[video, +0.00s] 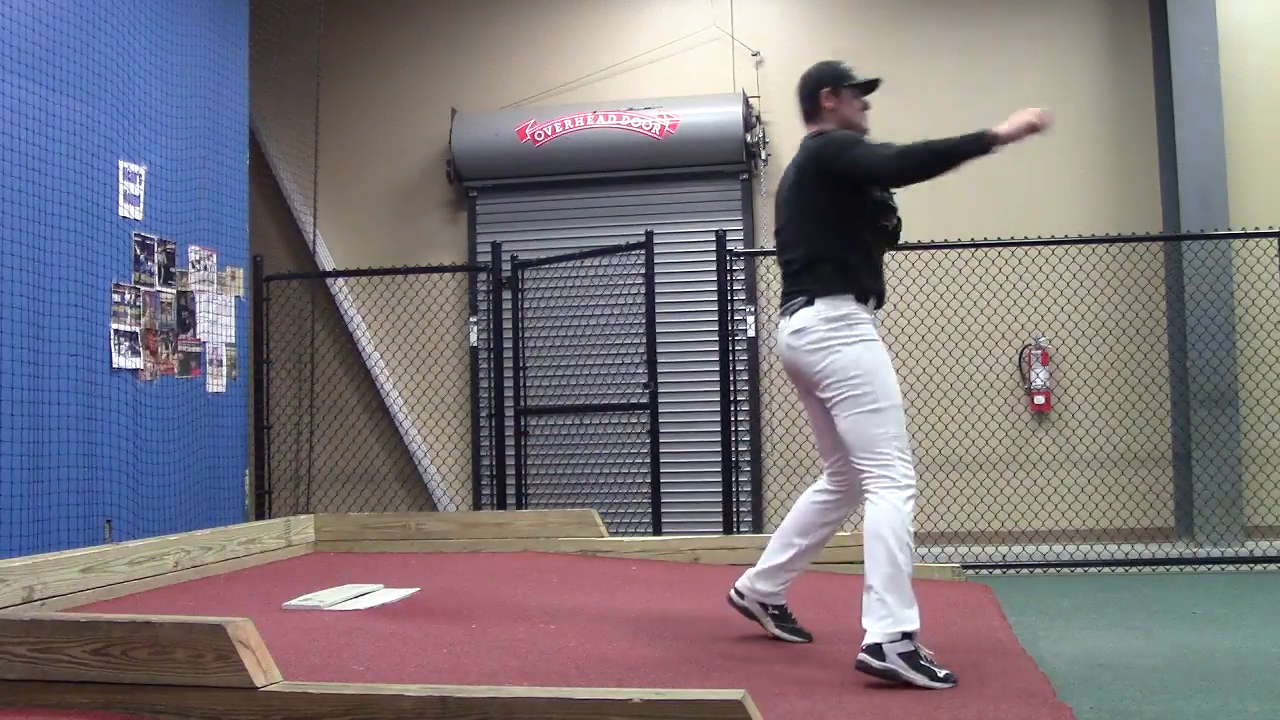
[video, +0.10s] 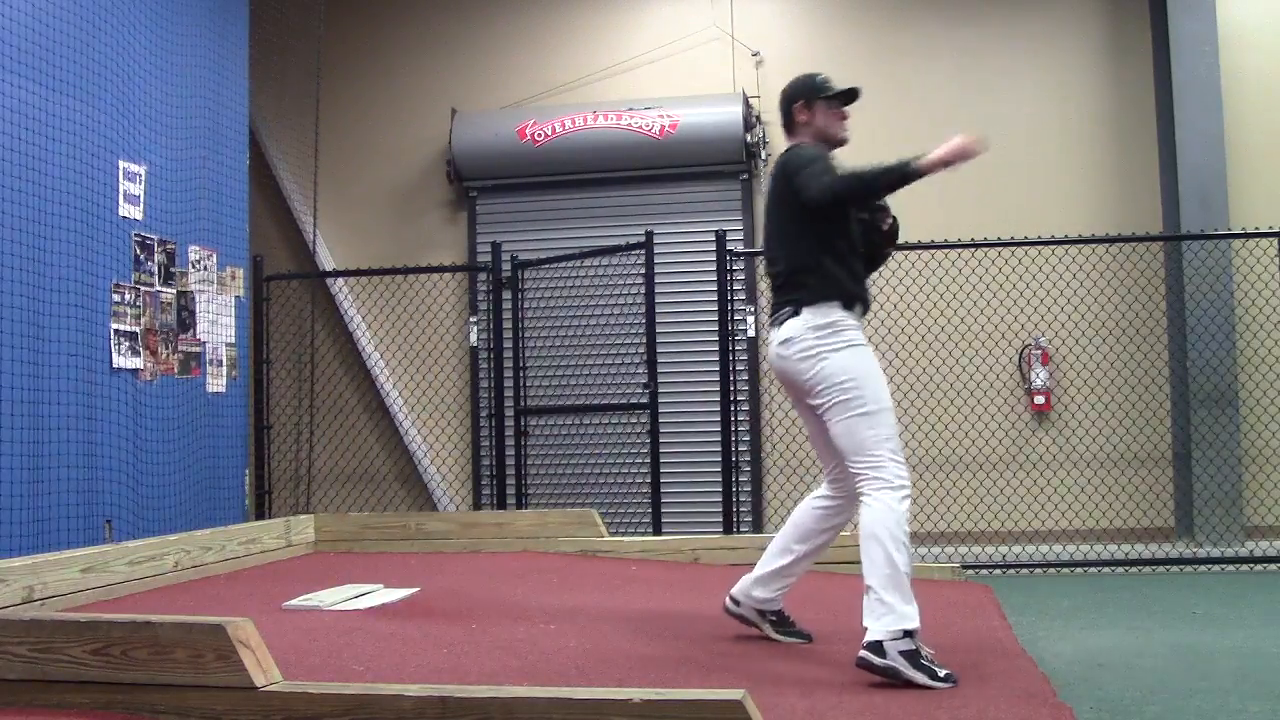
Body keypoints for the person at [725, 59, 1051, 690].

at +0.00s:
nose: (867, 102)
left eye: (865, 94)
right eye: (857, 94)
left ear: (824, 102)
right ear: (826, 100)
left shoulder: (804, 167)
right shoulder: (831, 148)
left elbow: (876, 237)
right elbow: (900, 161)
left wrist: (874, 214)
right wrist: (993, 136)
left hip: (803, 328)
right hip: (837, 325)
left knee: (843, 479)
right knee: (891, 480)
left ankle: (761, 587)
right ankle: (888, 639)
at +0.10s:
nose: (844, 116)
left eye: (844, 108)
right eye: (834, 107)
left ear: (806, 116)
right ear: (801, 113)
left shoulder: (799, 172)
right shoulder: (804, 157)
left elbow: (833, 266)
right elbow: (829, 190)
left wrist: (876, 241)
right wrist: (925, 163)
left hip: (791, 338)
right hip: (824, 332)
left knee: (844, 484)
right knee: (884, 481)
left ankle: (756, 594)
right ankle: (891, 637)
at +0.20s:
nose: (820, 121)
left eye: (823, 112)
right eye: (807, 112)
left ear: (819, 121)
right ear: (778, 122)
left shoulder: (798, 186)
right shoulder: (777, 167)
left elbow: (821, 288)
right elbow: (769, 229)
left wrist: (871, 255)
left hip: (784, 335)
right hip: (797, 328)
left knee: (824, 483)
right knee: (855, 468)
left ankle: (749, 603)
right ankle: (887, 624)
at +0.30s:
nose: (798, 116)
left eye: (802, 108)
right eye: (785, 108)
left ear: (806, 118)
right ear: (760, 117)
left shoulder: (804, 193)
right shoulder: (748, 165)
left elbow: (818, 282)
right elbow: (711, 240)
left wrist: (862, 260)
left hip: (794, 320)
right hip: (765, 317)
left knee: (807, 469)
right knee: (819, 455)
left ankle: (746, 606)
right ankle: (848, 617)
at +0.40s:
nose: (772, 108)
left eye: (780, 99)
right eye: (761, 100)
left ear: (789, 107)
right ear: (742, 108)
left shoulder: (805, 185)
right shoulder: (725, 159)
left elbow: (805, 268)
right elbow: (677, 234)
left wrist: (835, 250)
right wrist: (719, 262)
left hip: (786, 318)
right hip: (741, 309)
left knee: (790, 453)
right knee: (791, 444)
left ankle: (750, 602)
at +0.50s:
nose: (751, 105)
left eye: (758, 96)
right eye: (740, 98)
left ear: (772, 104)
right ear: (723, 108)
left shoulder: (793, 179)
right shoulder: (703, 159)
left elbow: (810, 263)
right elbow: (653, 231)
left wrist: (807, 251)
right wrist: (699, 250)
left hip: (775, 319)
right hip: (719, 309)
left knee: (770, 460)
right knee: (740, 445)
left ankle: (746, 606)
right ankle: (683, 575)